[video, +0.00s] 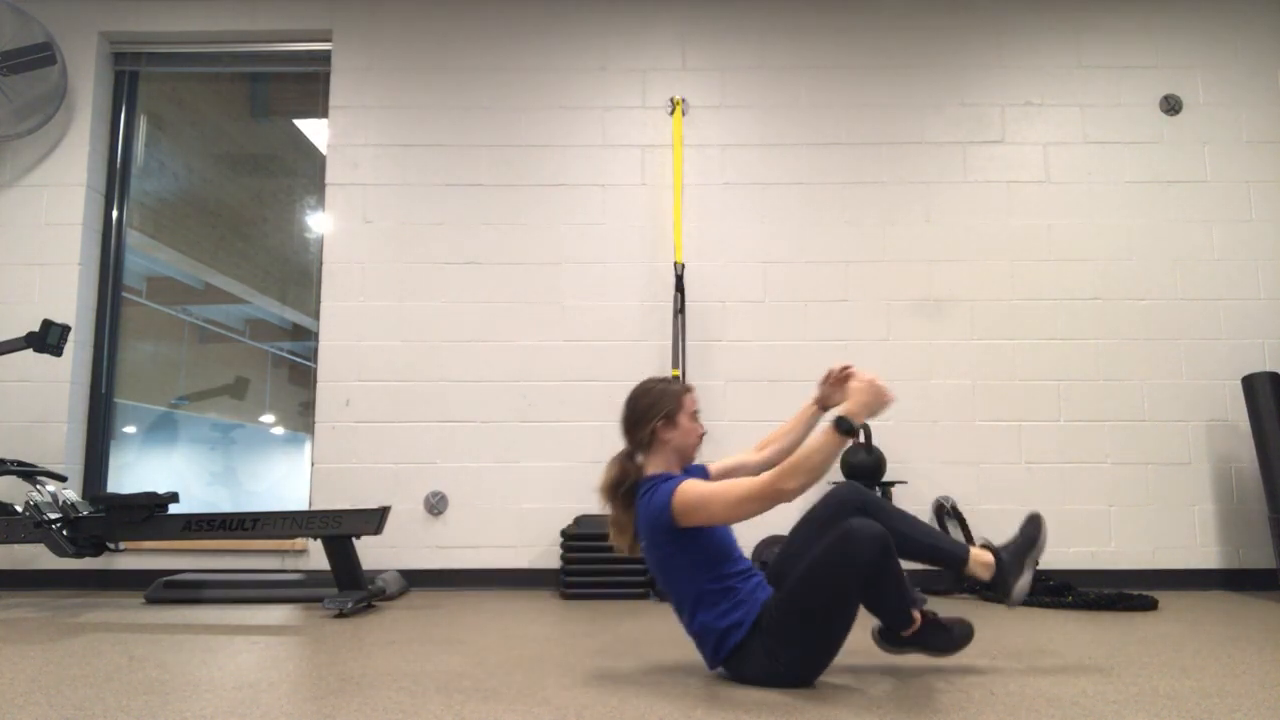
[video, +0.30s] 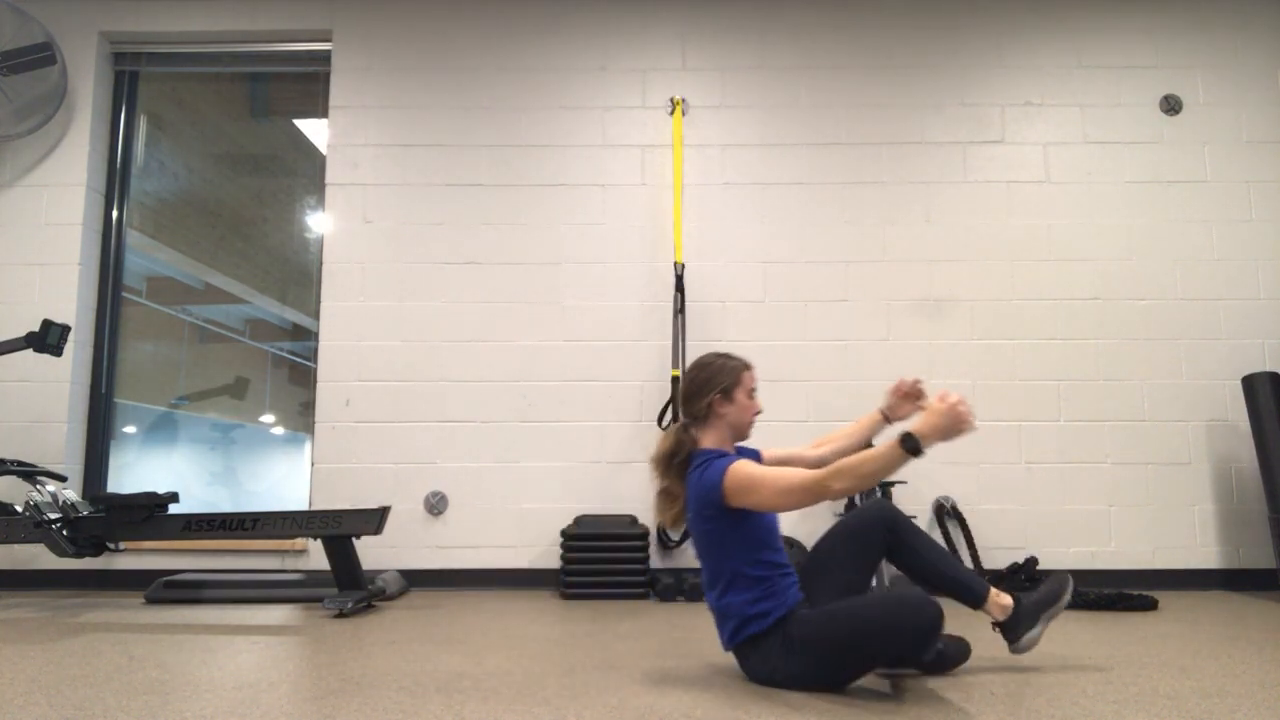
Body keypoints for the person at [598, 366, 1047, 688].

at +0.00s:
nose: (701, 425)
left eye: (698, 416)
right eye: (693, 416)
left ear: (664, 429)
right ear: (663, 428)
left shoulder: (685, 479)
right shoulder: (667, 500)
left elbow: (765, 456)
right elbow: (782, 486)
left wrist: (819, 402)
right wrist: (850, 417)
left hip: (767, 615)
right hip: (762, 651)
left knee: (847, 497)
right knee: (857, 537)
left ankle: (987, 567)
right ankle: (904, 626)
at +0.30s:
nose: (759, 405)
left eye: (756, 394)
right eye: (750, 395)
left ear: (721, 404)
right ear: (718, 405)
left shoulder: (737, 458)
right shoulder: (719, 474)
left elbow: (818, 455)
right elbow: (826, 484)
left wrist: (884, 414)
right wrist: (922, 435)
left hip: (790, 610)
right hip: (773, 644)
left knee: (877, 520)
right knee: (919, 610)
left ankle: (1007, 609)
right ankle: (915, 655)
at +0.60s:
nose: (810, 391)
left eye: (809, 380)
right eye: (803, 381)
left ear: (769, 388)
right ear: (771, 387)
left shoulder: (781, 447)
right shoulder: (769, 459)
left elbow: (861, 471)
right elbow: (869, 499)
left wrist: (937, 454)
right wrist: (977, 476)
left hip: (816, 609)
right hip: (790, 638)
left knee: (903, 532)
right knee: (931, 659)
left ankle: (1021, 628)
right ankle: (944, 651)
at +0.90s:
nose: (838, 392)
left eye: (835, 382)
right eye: (830, 381)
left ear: (796, 386)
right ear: (798, 386)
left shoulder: (798, 447)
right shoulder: (797, 456)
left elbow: (879, 491)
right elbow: (896, 507)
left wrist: (954, 490)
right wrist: (1014, 513)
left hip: (828, 610)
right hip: (797, 636)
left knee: (905, 534)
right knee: (938, 662)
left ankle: (1026, 629)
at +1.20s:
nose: (835, 393)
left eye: (832, 383)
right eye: (827, 382)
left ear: (793, 387)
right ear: (795, 387)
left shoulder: (794, 449)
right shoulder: (794, 457)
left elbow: (876, 497)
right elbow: (896, 507)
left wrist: (947, 491)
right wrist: (1013, 514)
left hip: (825, 609)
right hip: (794, 637)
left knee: (904, 535)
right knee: (934, 661)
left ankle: (1026, 629)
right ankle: (944, 654)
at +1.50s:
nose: (826, 393)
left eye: (823, 381)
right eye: (818, 381)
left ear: (784, 388)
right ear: (787, 387)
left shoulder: (786, 450)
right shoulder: (786, 458)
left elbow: (868, 502)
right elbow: (888, 504)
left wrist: (938, 488)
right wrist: (1006, 506)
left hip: (821, 610)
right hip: (792, 637)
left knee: (905, 533)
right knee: (932, 659)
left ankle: (1025, 630)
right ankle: (943, 652)